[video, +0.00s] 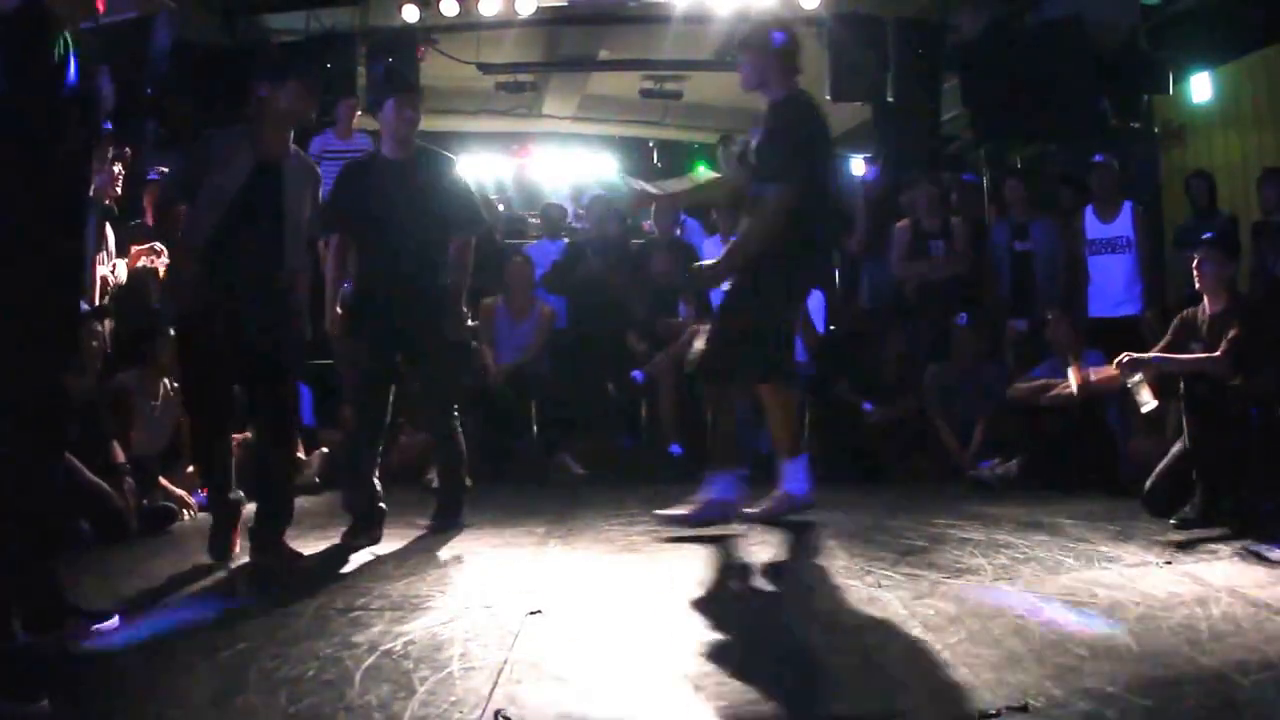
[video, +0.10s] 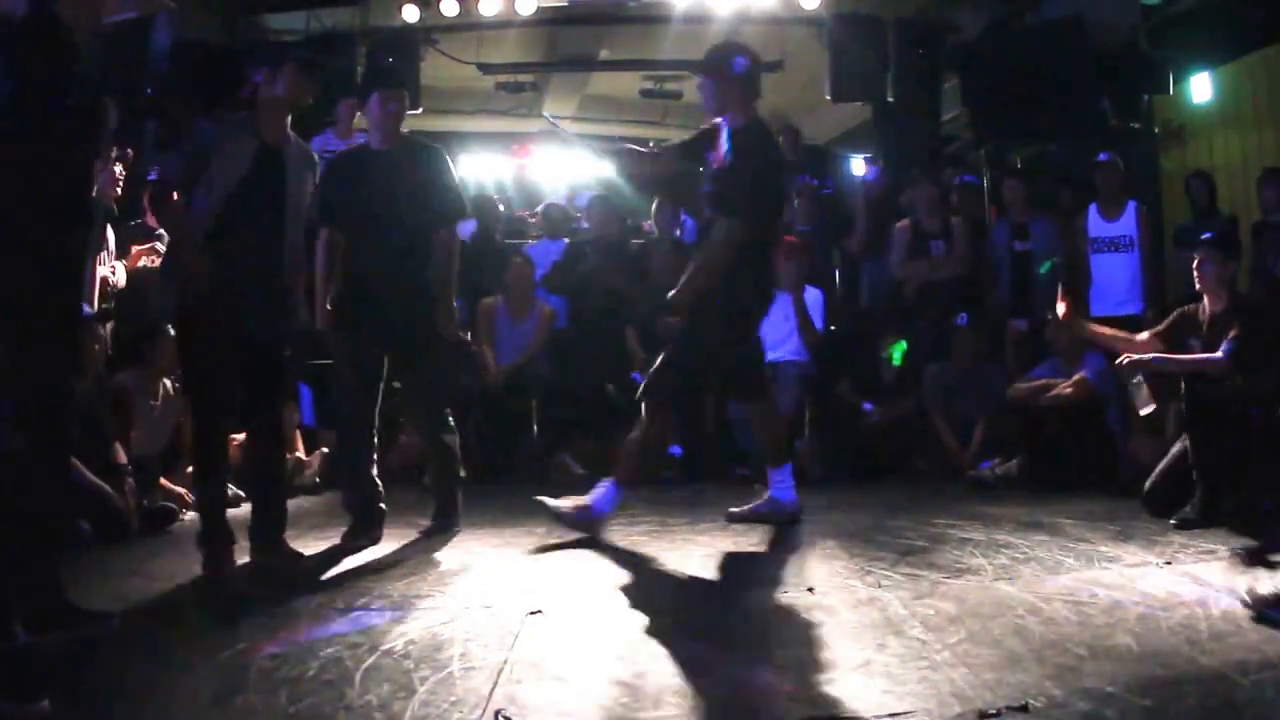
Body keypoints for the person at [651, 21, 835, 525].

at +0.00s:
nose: (741, 66)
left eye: (749, 55)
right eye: (741, 57)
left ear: (778, 58)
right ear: (774, 62)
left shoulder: (790, 115)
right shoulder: (790, 114)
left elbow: (775, 207)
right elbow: (752, 189)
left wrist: (720, 267)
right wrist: (676, 193)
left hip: (778, 262)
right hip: (786, 260)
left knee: (718, 364)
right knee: (772, 366)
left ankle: (721, 488)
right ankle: (794, 483)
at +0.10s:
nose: (700, 91)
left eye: (708, 83)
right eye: (701, 83)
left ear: (737, 85)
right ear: (726, 86)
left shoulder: (754, 148)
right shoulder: (717, 138)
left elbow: (728, 237)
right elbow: (654, 164)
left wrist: (682, 295)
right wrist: (584, 146)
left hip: (736, 288)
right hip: (723, 285)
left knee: (657, 389)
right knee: (755, 388)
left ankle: (601, 502)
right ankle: (782, 492)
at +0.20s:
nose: (656, 89)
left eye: (664, 80)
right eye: (657, 80)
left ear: (690, 85)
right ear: (694, 86)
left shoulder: (700, 145)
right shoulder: (682, 134)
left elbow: (681, 235)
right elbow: (602, 142)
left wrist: (641, 285)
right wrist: (523, 126)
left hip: (678, 283)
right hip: (685, 281)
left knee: (621, 385)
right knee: (682, 392)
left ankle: (572, 511)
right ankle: (758, 472)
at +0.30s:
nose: (612, 77)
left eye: (620, 68)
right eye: (613, 68)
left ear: (648, 73)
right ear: (649, 75)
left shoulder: (663, 127)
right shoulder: (633, 121)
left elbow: (645, 222)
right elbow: (556, 133)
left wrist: (603, 271)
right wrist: (472, 114)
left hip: (639, 280)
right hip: (618, 276)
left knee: (592, 380)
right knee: (585, 372)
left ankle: (571, 511)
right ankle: (670, 430)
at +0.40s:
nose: (580, 55)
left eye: (587, 45)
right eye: (583, 46)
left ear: (615, 50)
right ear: (604, 51)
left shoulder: (638, 115)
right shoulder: (584, 108)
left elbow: (619, 214)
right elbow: (504, 124)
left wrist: (562, 272)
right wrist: (427, 102)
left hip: (608, 270)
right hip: (568, 263)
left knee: (585, 388)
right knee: (494, 342)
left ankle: (567, 505)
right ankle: (553, 426)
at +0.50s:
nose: (547, 46)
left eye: (556, 34)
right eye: (547, 35)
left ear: (588, 40)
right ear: (560, 41)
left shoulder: (611, 104)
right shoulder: (541, 97)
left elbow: (594, 208)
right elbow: (460, 122)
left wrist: (543, 267)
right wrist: (392, 98)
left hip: (577, 258)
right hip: (523, 254)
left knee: (564, 378)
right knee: (473, 357)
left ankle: (561, 499)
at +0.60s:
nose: (508, 50)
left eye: (518, 39)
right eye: (508, 40)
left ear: (550, 44)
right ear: (517, 48)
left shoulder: (579, 113)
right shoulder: (503, 104)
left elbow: (570, 214)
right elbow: (427, 125)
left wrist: (526, 288)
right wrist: (367, 97)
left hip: (548, 274)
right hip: (485, 270)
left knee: (550, 386)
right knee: (447, 396)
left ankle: (557, 502)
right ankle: (402, 552)